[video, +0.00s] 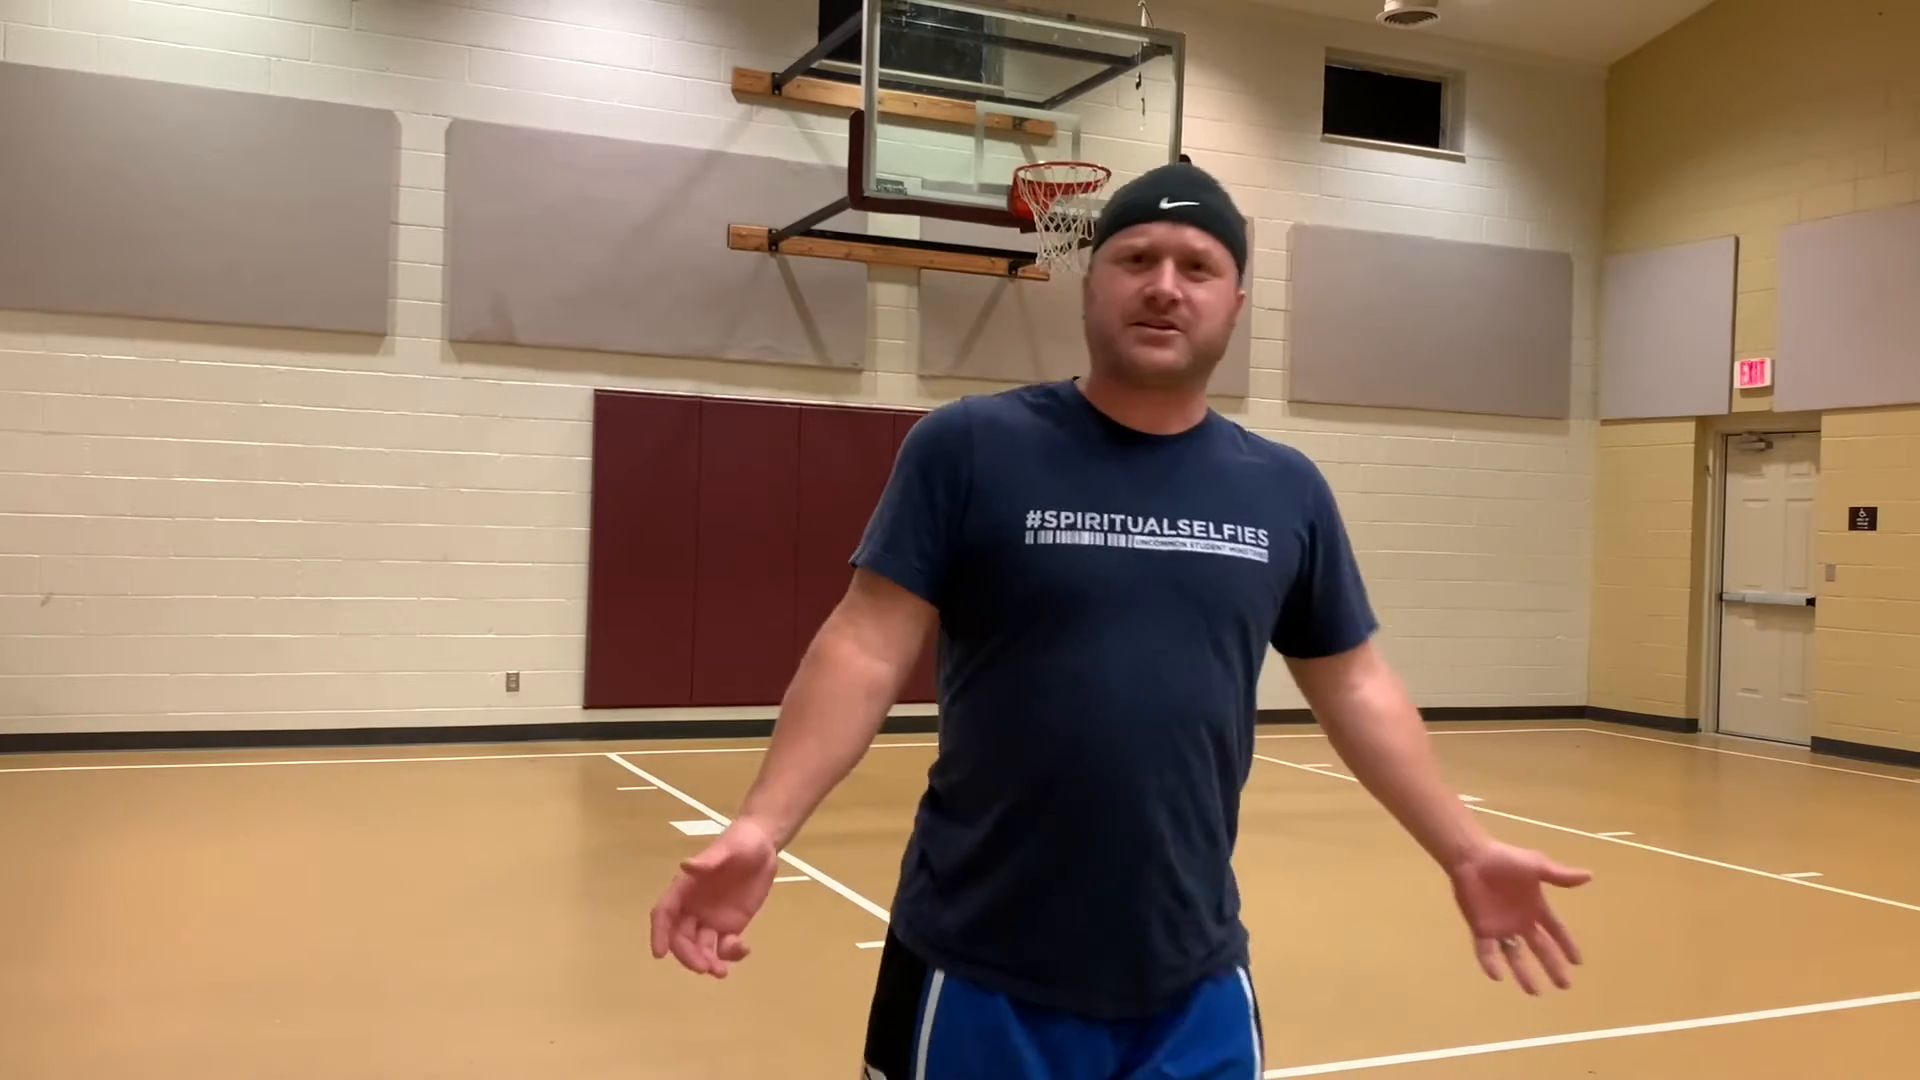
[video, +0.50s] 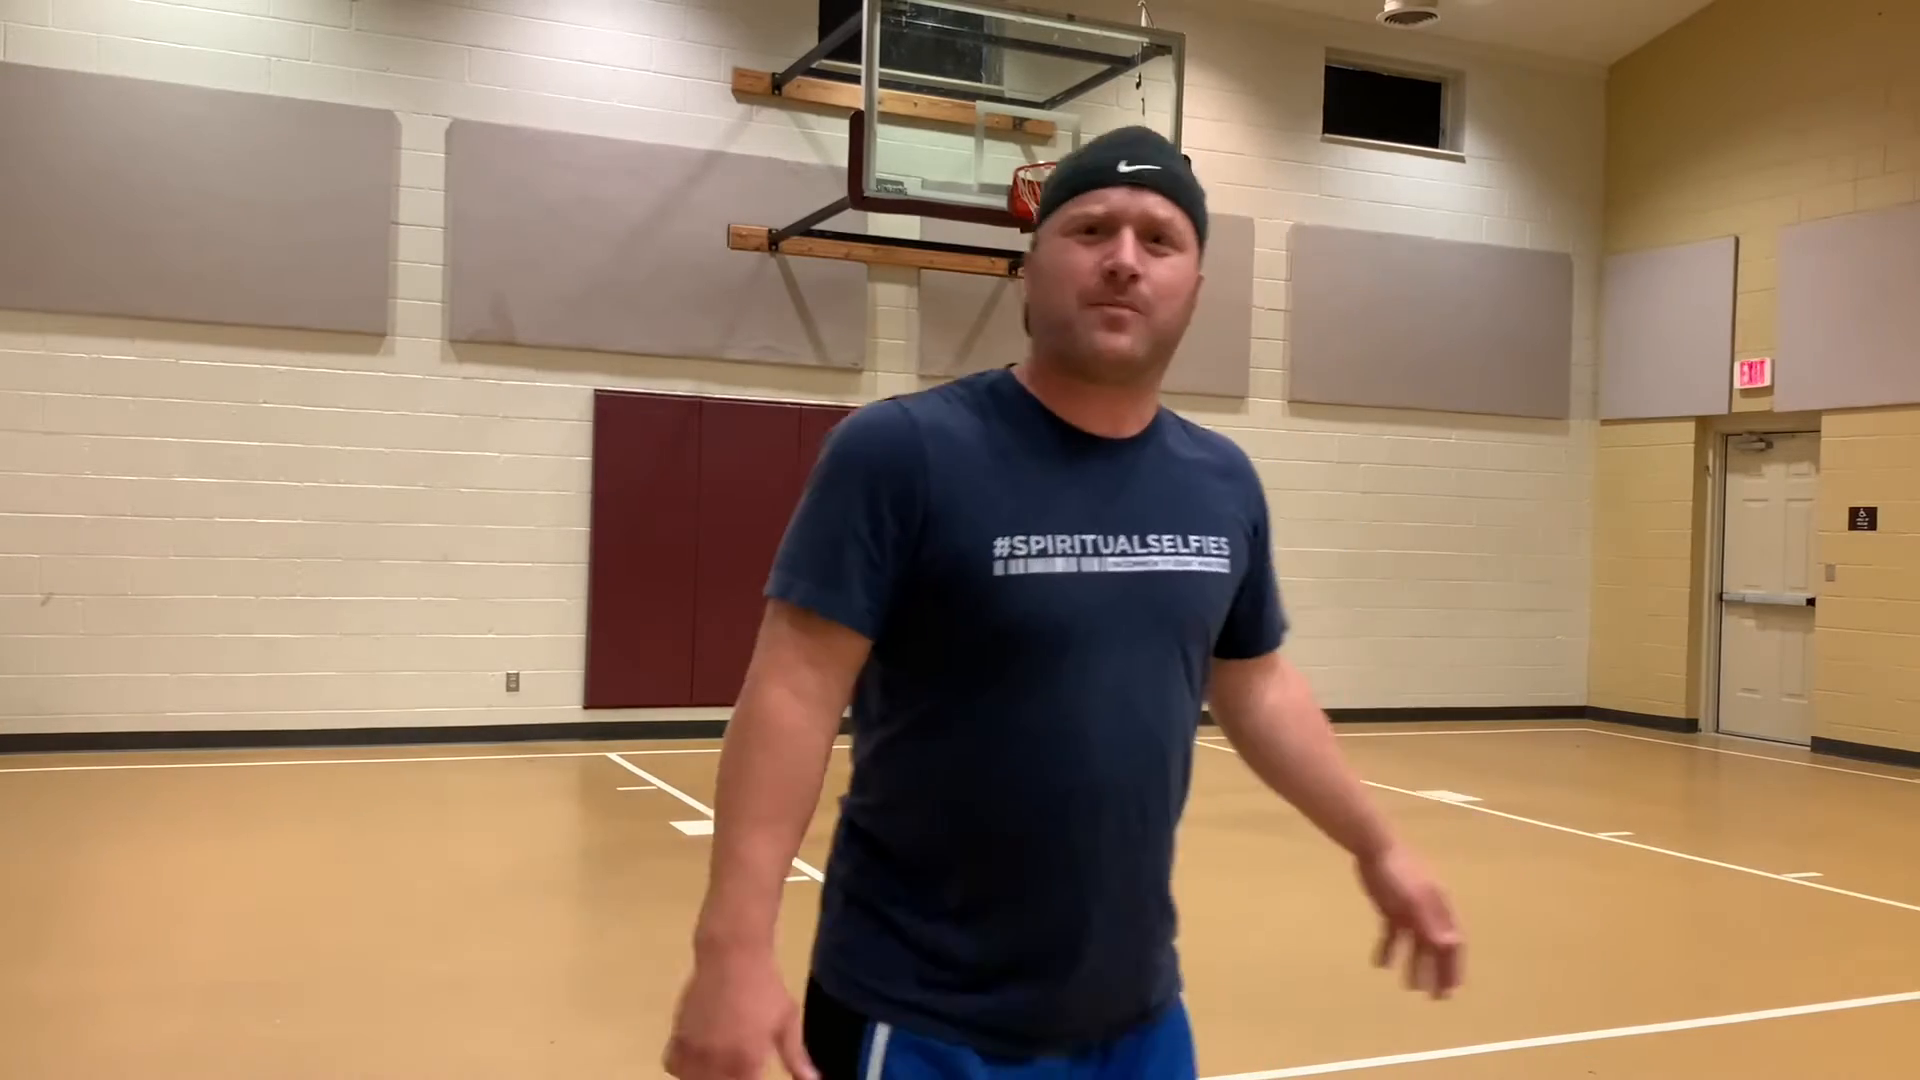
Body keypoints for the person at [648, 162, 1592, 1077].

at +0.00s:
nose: (1164, 283)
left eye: (1196, 266)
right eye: (1138, 259)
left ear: (1237, 307)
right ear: (1086, 286)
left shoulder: (1284, 491)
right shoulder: (964, 451)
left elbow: (1356, 685)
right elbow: (866, 645)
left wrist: (1466, 849)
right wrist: (765, 827)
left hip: (1189, 983)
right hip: (982, 979)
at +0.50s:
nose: (1125, 260)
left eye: (1159, 239)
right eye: (1093, 230)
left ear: (1197, 288)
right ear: (1031, 259)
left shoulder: (1221, 482)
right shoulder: (899, 453)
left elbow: (1257, 682)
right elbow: (794, 689)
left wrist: (1378, 843)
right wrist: (734, 952)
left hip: (1129, 1008)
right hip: (919, 1014)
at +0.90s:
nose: (1050, 288)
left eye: (1089, 265)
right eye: (1018, 252)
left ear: (1132, 302)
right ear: (958, 273)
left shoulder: (1137, 486)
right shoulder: (813, 489)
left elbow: (1149, 680)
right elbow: (702, 750)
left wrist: (1237, 845)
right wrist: (685, 1032)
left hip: (1020, 1015)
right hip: (822, 1030)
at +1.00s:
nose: (1051, 279)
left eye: (1089, 258)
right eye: (1018, 245)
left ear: (1128, 300)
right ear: (954, 273)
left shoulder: (1132, 484)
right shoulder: (814, 486)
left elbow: (1145, 677)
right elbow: (704, 744)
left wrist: (1240, 840)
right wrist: (647, 1027)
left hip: (1012, 1010)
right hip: (815, 1022)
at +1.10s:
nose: (1049, 269)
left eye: (1086, 248)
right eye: (1016, 237)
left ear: (1124, 289)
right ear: (952, 268)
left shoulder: (1130, 478)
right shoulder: (820, 475)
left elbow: (1143, 671)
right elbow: (712, 731)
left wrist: (1242, 833)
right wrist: (642, 1015)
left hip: (1021, 1005)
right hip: (822, 1017)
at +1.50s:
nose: (1093, 255)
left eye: (1126, 243)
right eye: (1065, 229)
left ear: (1159, 294)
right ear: (1007, 261)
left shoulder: (1172, 482)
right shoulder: (888, 435)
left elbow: (1208, 669)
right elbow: (794, 654)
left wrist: (1308, 840)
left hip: (1087, 981)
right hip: (901, 983)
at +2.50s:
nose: (995, 247)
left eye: (1025, 223)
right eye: (960, 223)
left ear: (1065, 260)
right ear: (907, 263)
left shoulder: (1097, 437)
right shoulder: (835, 455)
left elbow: (1134, 618)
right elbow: (797, 710)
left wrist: (1242, 763)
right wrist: (974, 626)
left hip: (1072, 954)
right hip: (901, 973)